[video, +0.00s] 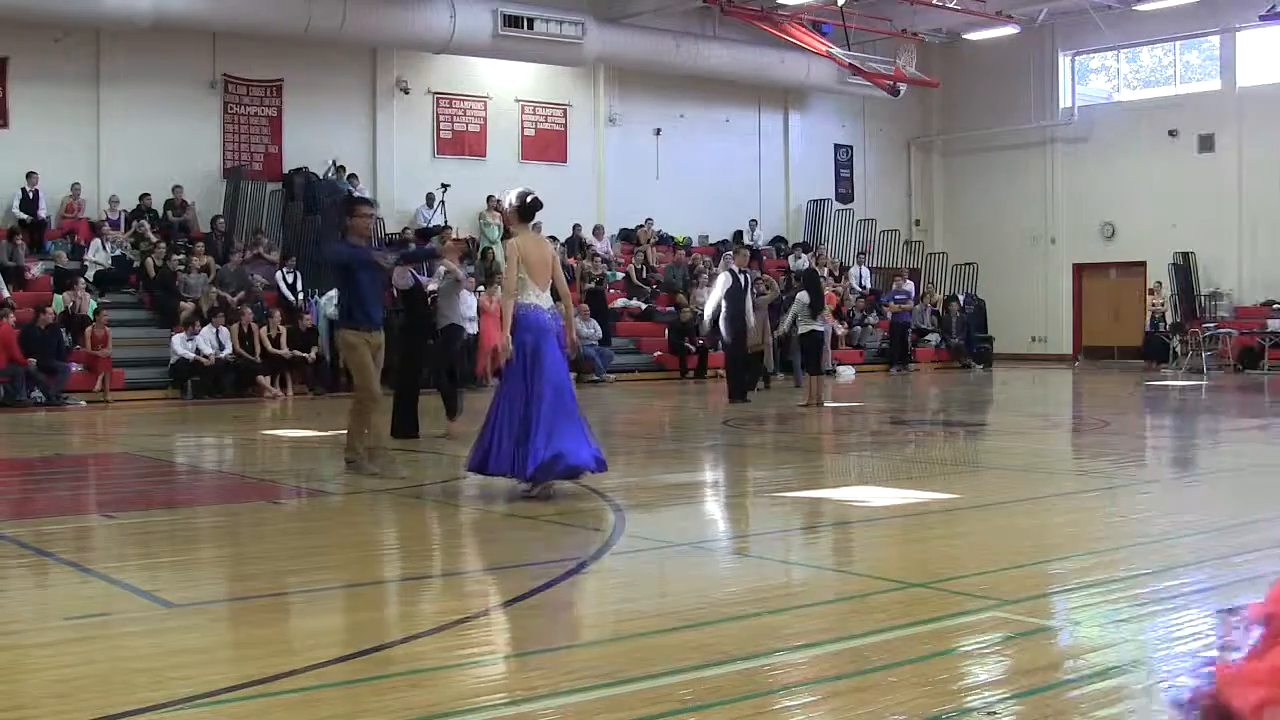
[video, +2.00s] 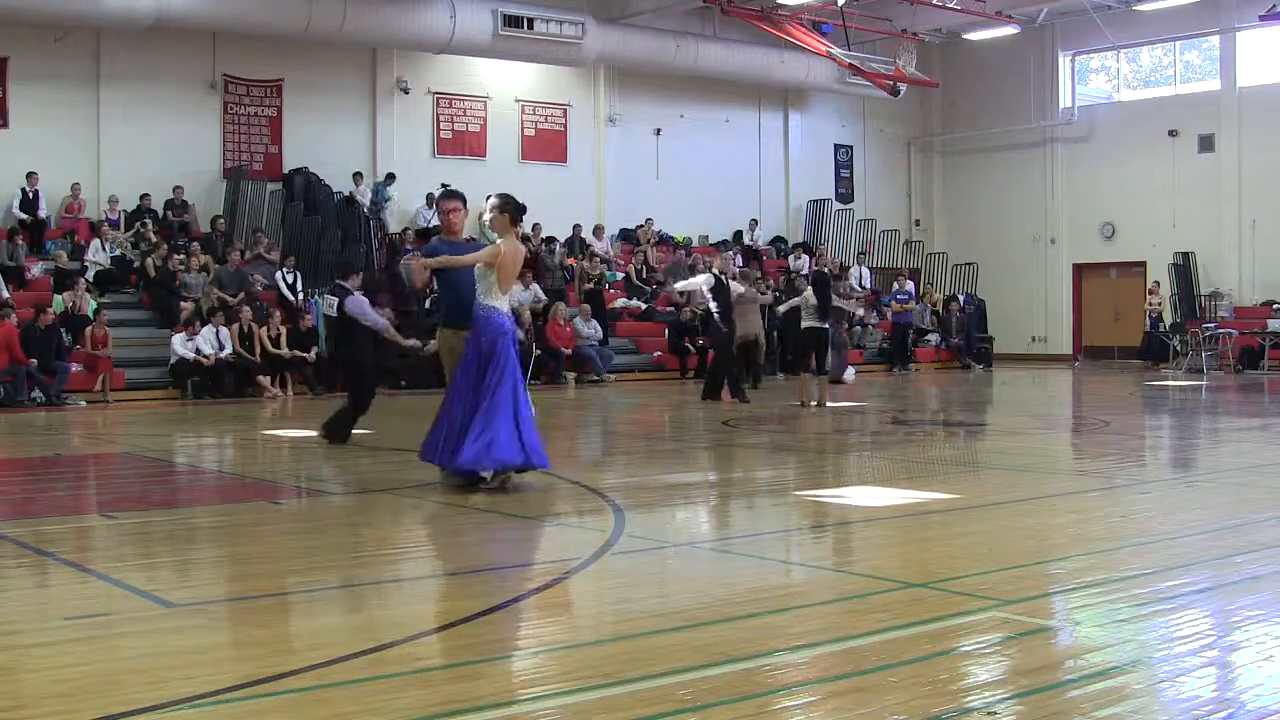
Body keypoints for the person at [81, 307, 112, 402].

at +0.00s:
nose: (106, 318)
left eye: (106, 316)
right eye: (104, 316)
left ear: (106, 317)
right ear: (97, 317)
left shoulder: (108, 330)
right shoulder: (89, 330)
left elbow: (109, 349)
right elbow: (88, 350)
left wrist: (104, 351)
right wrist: (99, 353)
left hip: (103, 355)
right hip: (92, 356)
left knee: (105, 360)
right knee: (106, 365)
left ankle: (98, 382)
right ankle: (107, 393)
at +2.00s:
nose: (106, 317)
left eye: (106, 315)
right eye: (104, 315)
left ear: (106, 317)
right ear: (97, 316)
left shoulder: (107, 331)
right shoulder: (89, 330)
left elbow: (109, 349)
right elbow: (88, 350)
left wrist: (100, 352)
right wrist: (100, 353)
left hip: (103, 355)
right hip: (92, 356)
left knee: (105, 361)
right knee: (107, 364)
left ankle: (99, 382)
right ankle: (107, 393)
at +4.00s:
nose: (106, 317)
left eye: (106, 314)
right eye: (104, 315)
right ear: (97, 316)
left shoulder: (108, 331)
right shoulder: (89, 330)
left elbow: (109, 348)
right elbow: (88, 350)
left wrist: (104, 351)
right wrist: (100, 353)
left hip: (103, 354)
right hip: (92, 355)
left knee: (105, 359)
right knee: (107, 364)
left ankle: (99, 382)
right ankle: (107, 393)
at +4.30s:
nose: (106, 317)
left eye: (106, 314)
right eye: (104, 315)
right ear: (96, 316)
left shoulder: (107, 331)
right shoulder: (89, 330)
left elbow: (109, 349)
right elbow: (88, 350)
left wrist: (103, 351)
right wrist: (100, 353)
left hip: (103, 354)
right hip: (92, 355)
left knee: (105, 359)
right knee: (107, 364)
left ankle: (99, 381)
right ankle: (107, 393)